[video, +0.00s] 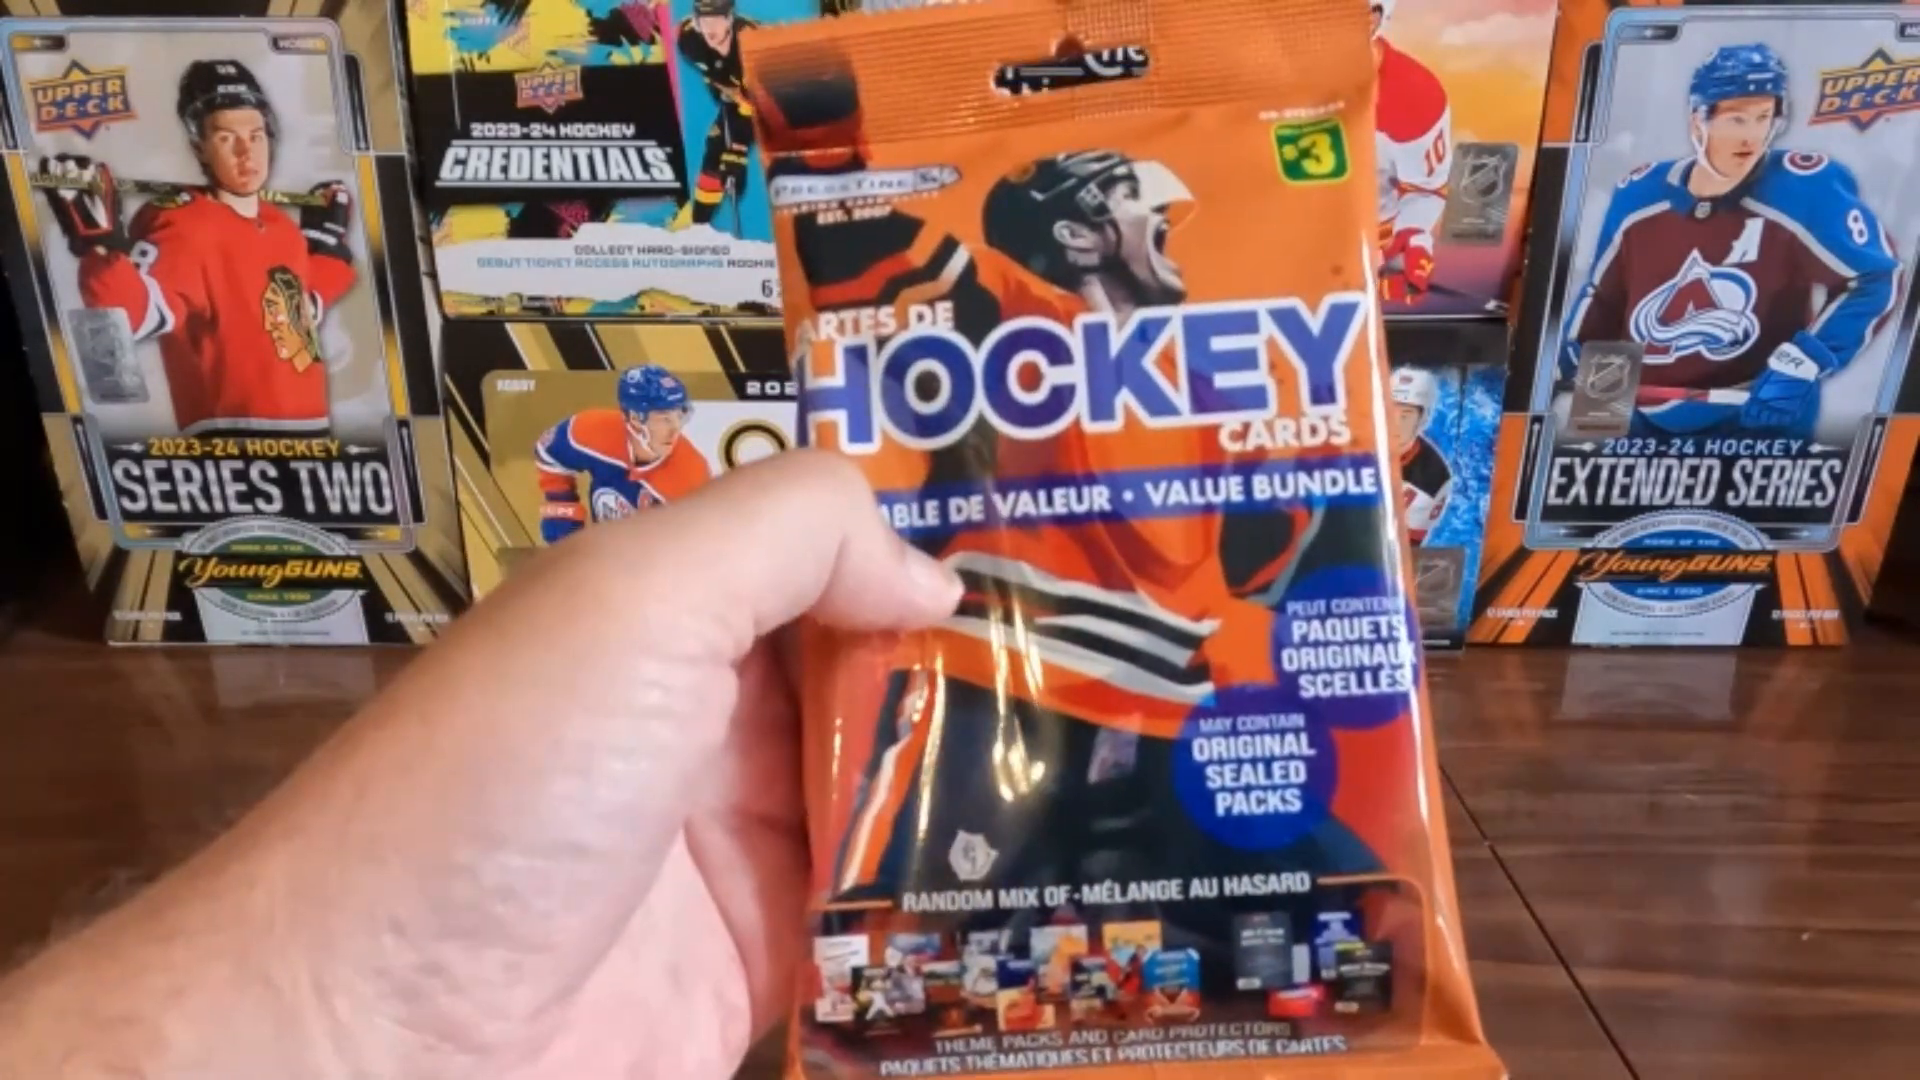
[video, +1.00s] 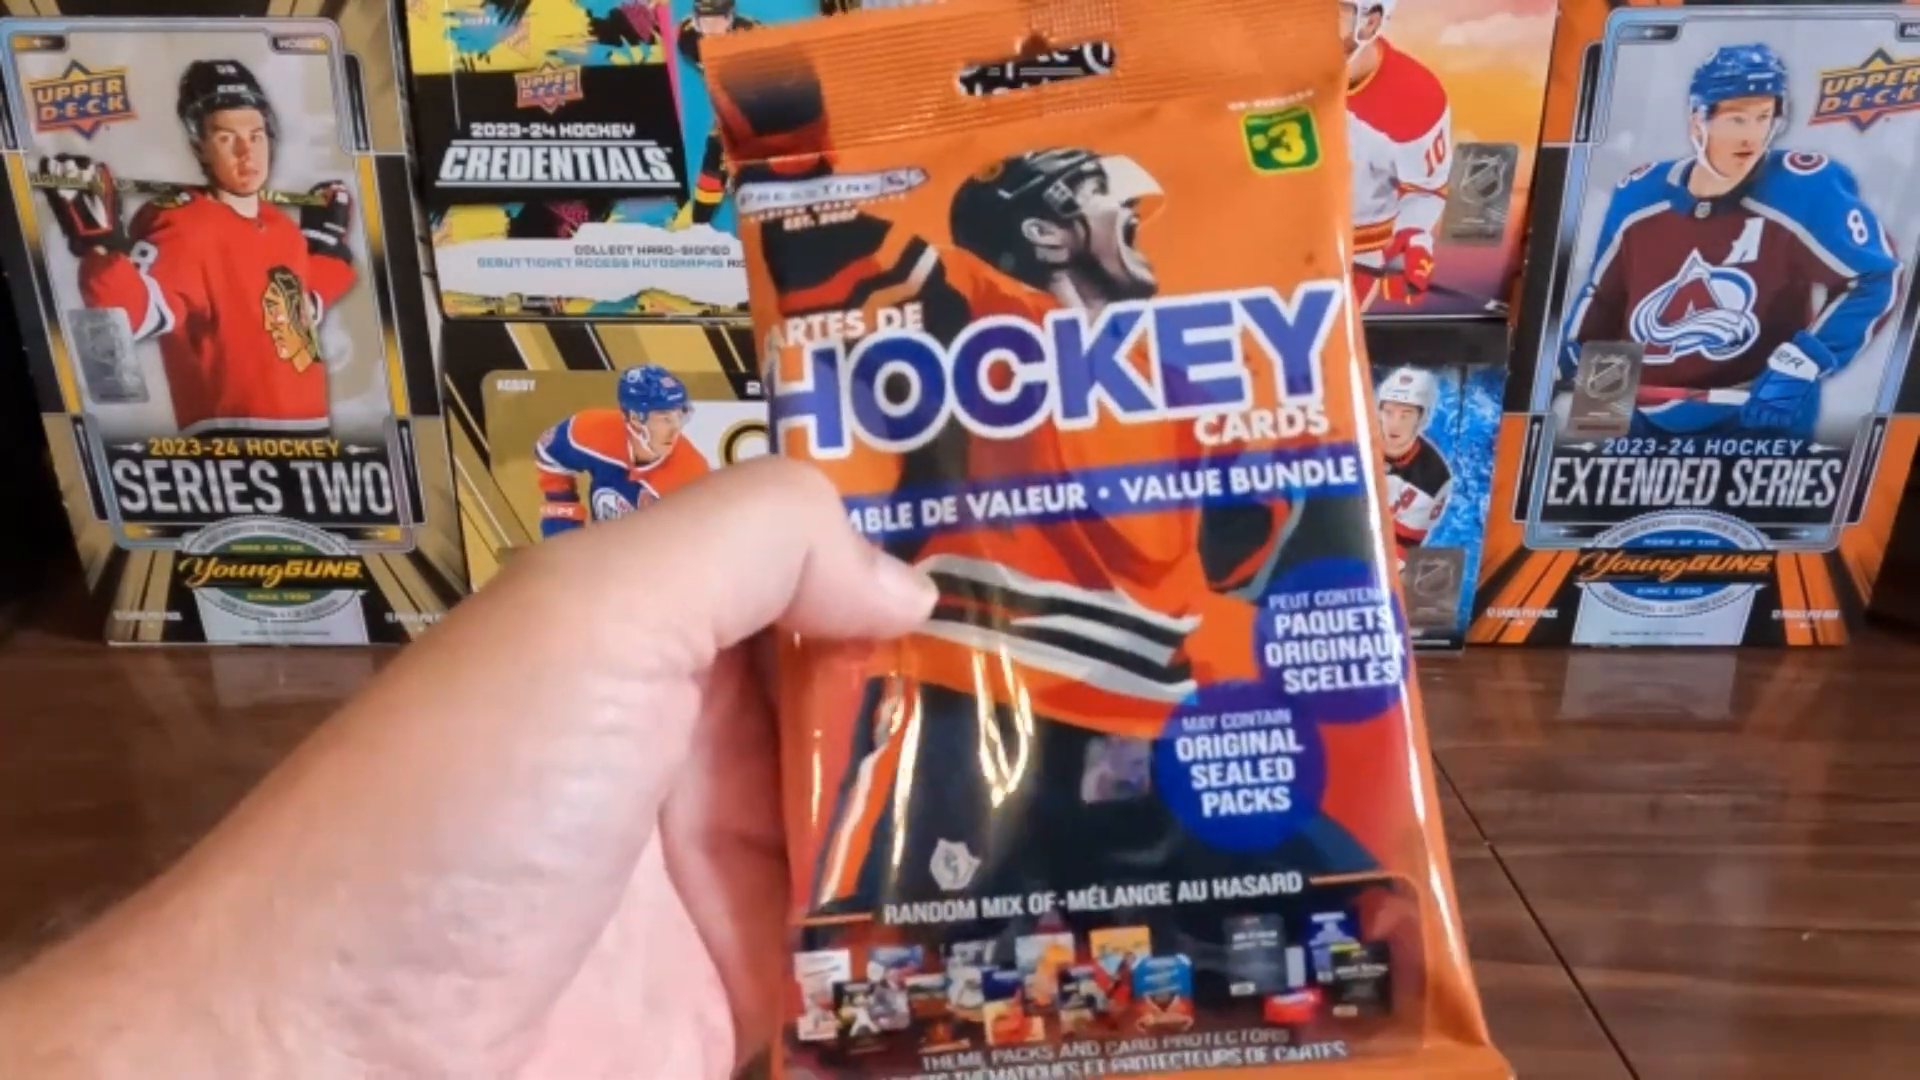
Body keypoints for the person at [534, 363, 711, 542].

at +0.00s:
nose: (676, 430)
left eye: (679, 418)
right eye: (664, 419)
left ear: (684, 417)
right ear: (634, 420)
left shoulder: (692, 475)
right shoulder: (592, 431)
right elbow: (550, 454)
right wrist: (565, 525)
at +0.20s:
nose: (675, 430)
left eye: (679, 419)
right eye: (664, 419)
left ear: (684, 417)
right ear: (634, 420)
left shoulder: (691, 476)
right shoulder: (593, 431)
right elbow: (550, 454)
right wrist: (564, 524)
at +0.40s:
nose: (676, 430)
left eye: (679, 419)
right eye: (665, 420)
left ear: (684, 417)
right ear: (634, 420)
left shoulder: (691, 476)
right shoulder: (593, 431)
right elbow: (550, 454)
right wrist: (565, 531)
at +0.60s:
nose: (676, 430)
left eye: (680, 418)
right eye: (665, 420)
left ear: (685, 417)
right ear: (635, 420)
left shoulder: (691, 477)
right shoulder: (594, 431)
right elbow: (550, 454)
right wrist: (564, 529)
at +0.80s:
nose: (676, 430)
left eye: (679, 419)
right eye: (665, 420)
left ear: (685, 418)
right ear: (634, 420)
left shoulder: (691, 476)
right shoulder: (593, 432)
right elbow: (550, 454)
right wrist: (565, 531)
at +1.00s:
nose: (676, 429)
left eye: (679, 418)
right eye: (665, 419)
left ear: (684, 416)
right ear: (635, 420)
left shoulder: (692, 474)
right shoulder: (592, 431)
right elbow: (549, 454)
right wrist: (564, 527)